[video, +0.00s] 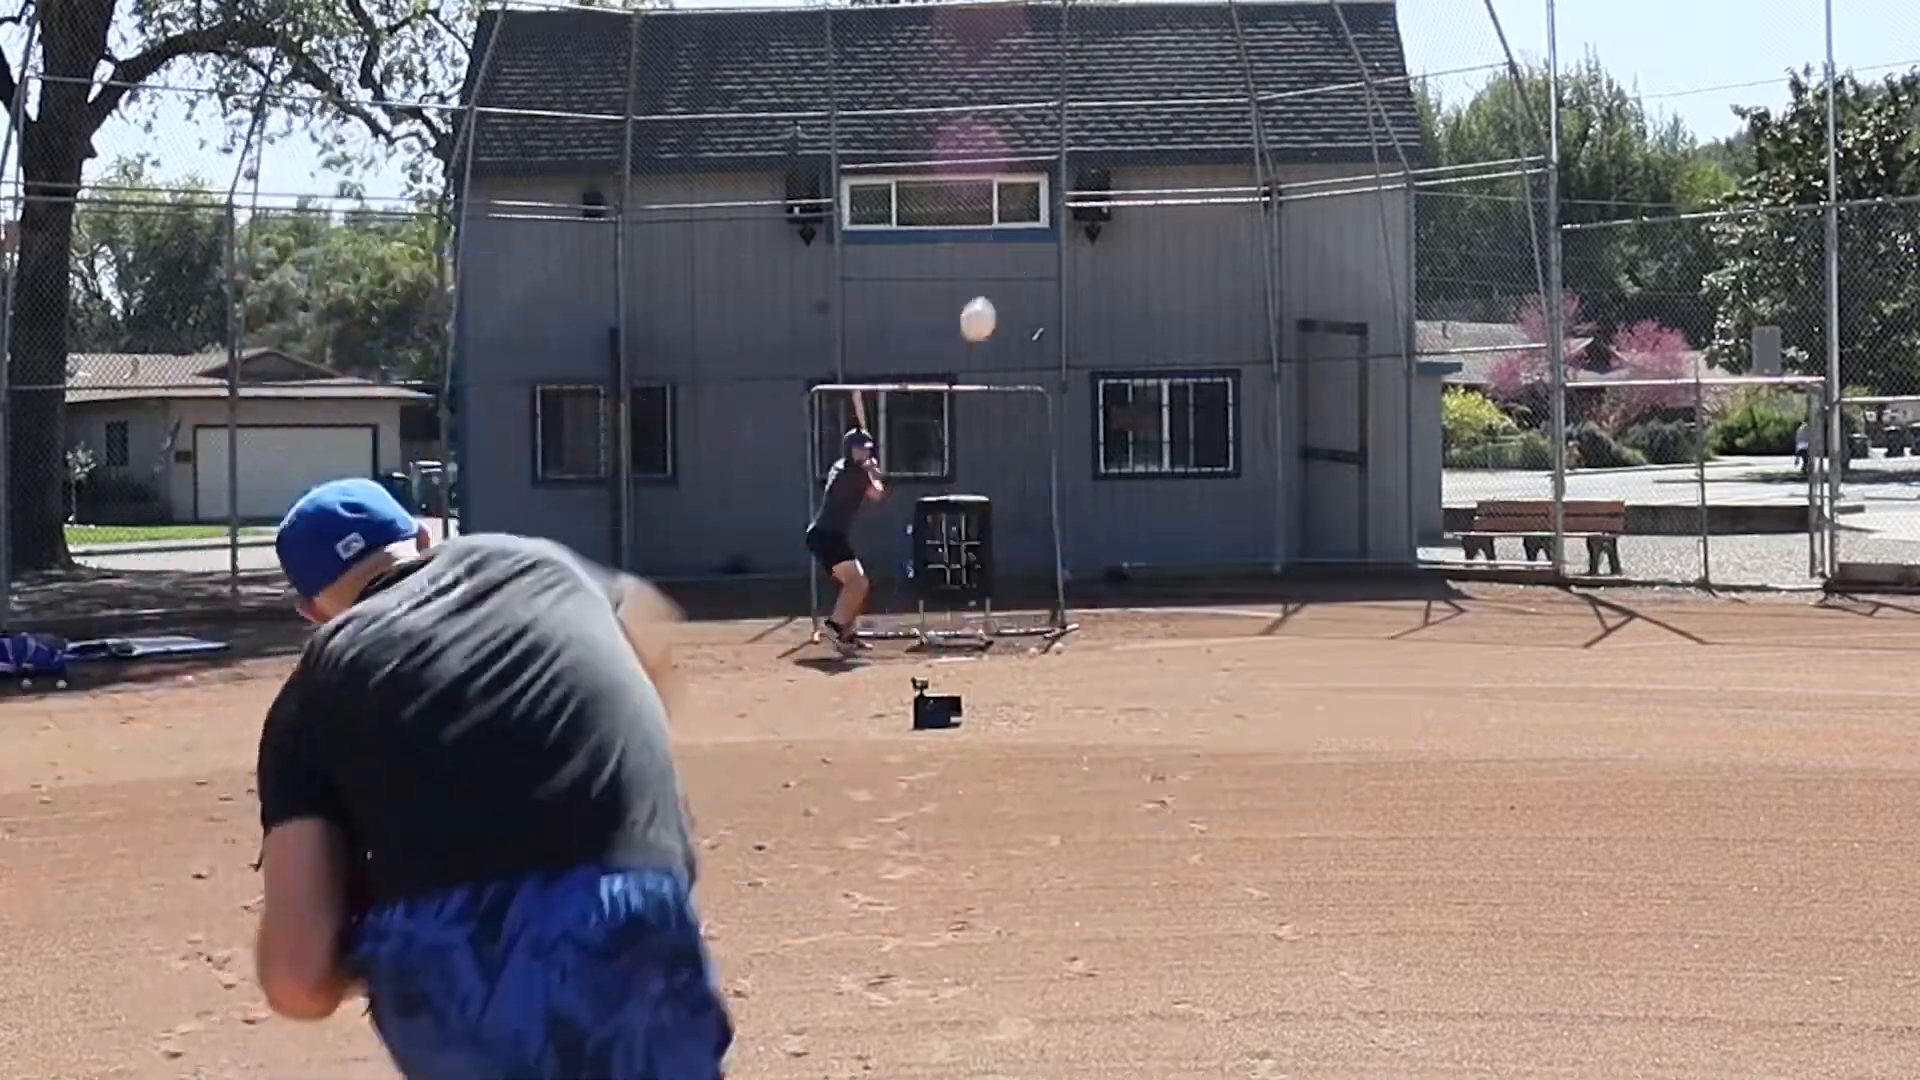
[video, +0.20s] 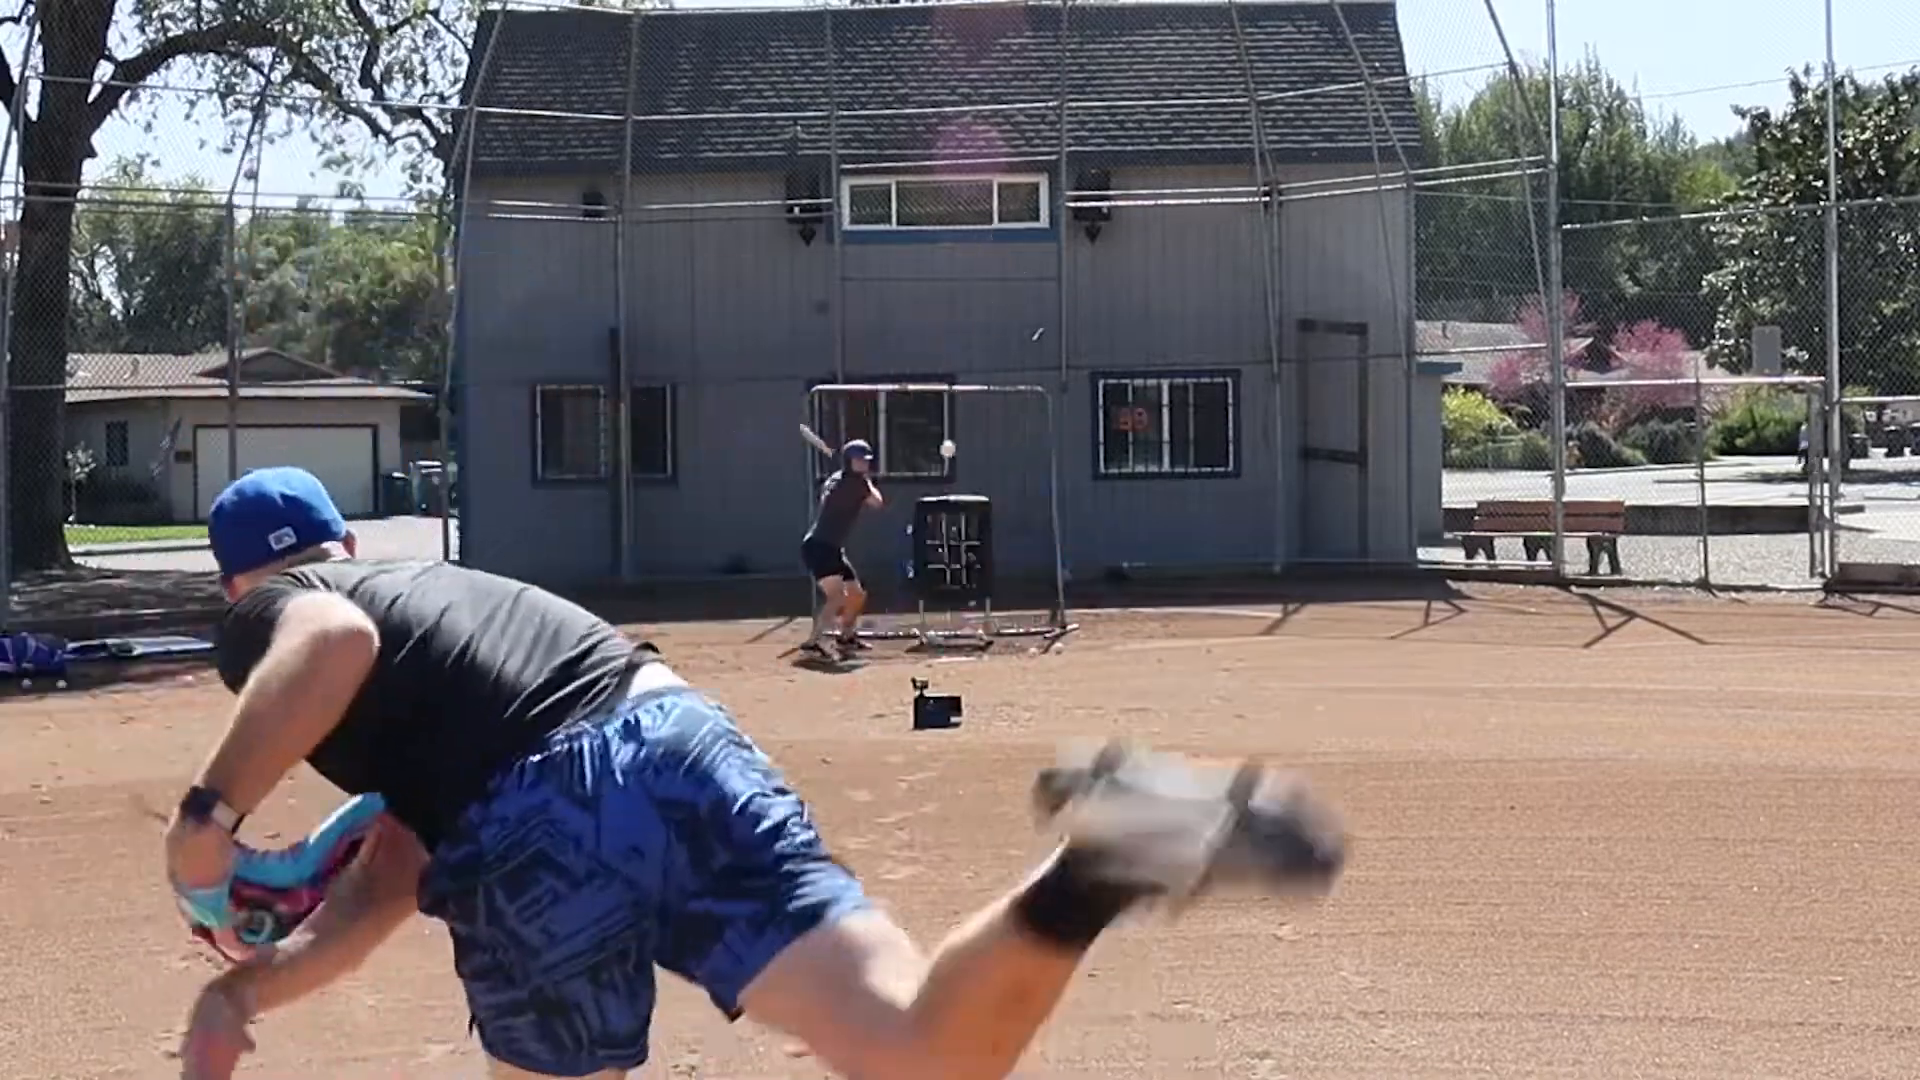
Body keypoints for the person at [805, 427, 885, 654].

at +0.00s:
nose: (866, 453)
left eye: (868, 449)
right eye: (861, 449)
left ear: (867, 451)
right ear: (850, 450)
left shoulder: (841, 466)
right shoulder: (852, 472)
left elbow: (877, 494)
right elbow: (878, 493)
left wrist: (870, 471)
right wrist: (872, 471)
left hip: (829, 533)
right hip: (827, 534)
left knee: (856, 583)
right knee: (857, 582)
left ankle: (847, 631)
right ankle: (836, 624)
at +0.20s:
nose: (866, 464)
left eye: (867, 460)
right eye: (861, 460)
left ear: (866, 462)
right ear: (850, 461)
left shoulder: (836, 478)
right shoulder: (855, 482)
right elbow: (877, 502)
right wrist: (867, 482)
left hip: (832, 546)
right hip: (820, 546)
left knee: (856, 594)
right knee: (837, 595)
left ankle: (846, 634)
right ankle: (820, 638)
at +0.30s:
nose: (860, 465)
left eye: (862, 461)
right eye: (856, 460)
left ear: (863, 462)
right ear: (845, 461)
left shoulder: (839, 479)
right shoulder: (846, 482)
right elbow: (874, 504)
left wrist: (862, 497)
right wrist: (864, 485)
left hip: (832, 547)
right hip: (817, 547)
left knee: (854, 598)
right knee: (834, 598)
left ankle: (845, 635)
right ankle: (811, 642)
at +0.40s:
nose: (855, 460)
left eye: (856, 455)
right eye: (850, 455)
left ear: (855, 455)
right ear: (839, 456)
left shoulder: (842, 477)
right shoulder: (839, 480)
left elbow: (863, 503)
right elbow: (871, 504)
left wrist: (865, 491)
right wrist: (871, 489)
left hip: (832, 547)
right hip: (817, 546)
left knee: (851, 598)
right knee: (834, 597)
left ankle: (845, 635)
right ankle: (809, 644)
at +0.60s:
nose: (844, 453)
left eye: (845, 448)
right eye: (840, 449)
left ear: (845, 449)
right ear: (830, 451)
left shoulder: (831, 469)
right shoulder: (834, 475)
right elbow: (860, 505)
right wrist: (871, 493)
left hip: (837, 544)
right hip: (822, 544)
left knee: (852, 597)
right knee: (834, 596)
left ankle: (845, 636)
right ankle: (808, 645)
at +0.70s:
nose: (844, 453)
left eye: (845, 448)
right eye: (839, 449)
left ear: (845, 450)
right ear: (829, 451)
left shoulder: (836, 472)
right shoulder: (832, 475)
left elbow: (850, 497)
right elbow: (854, 510)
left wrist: (857, 493)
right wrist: (870, 497)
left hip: (839, 545)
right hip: (824, 544)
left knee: (853, 597)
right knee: (833, 596)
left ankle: (845, 636)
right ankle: (808, 645)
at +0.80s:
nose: (844, 453)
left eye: (845, 448)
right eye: (840, 449)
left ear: (845, 449)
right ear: (829, 451)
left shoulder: (841, 473)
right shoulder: (831, 476)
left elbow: (852, 500)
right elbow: (850, 513)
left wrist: (861, 499)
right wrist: (867, 504)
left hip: (839, 544)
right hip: (823, 544)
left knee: (853, 597)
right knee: (833, 596)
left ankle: (844, 636)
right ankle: (808, 645)